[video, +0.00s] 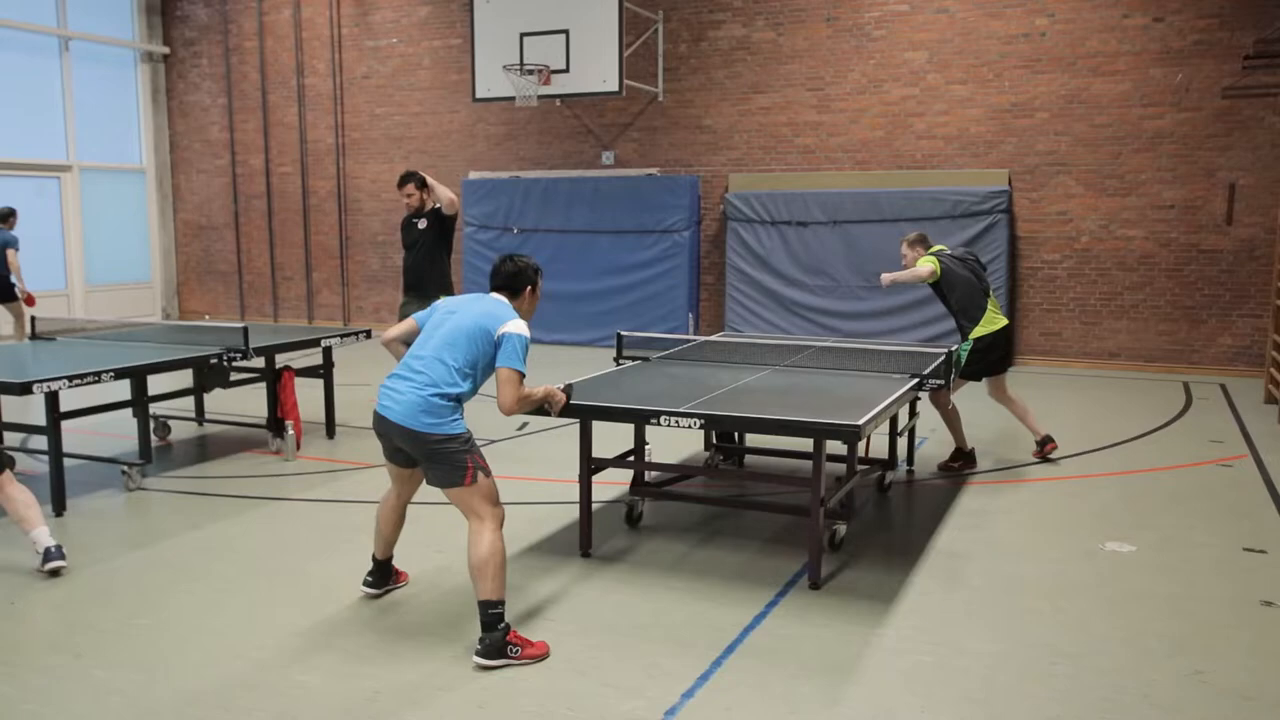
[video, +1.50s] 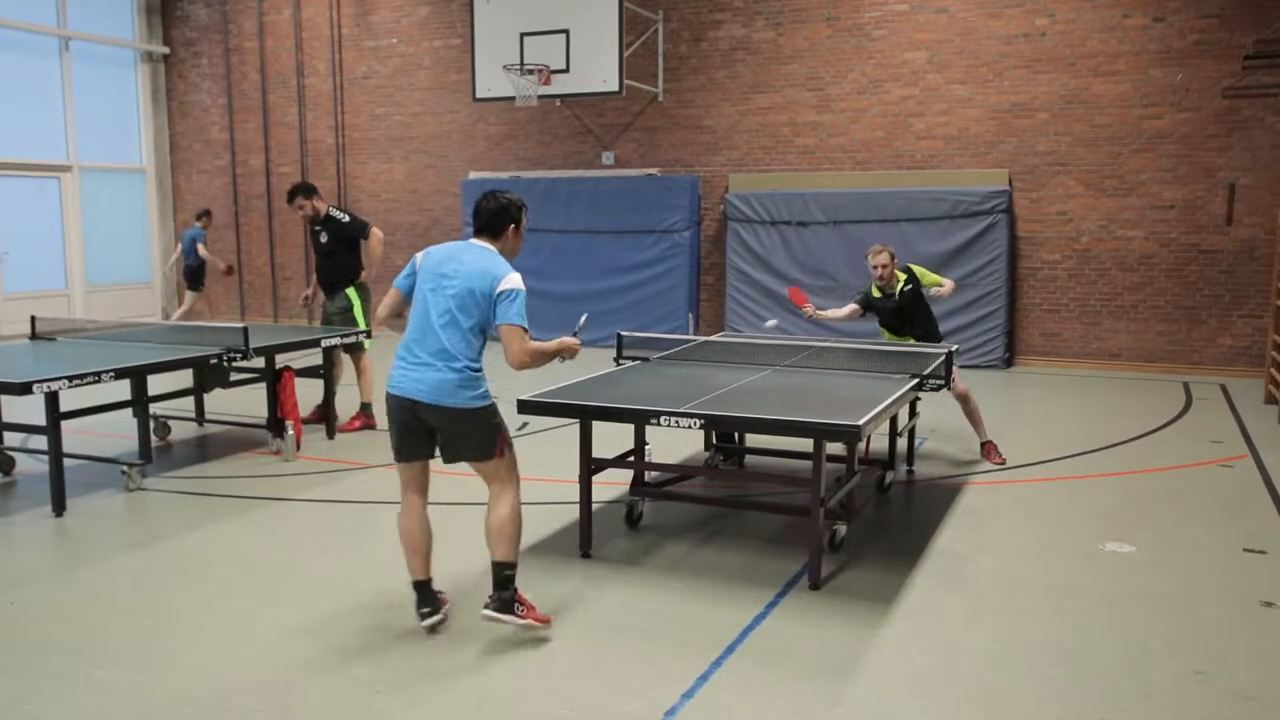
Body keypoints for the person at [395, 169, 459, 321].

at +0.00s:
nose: (406, 202)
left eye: (410, 196)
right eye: (403, 197)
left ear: (425, 193)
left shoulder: (442, 216)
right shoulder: (407, 222)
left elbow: (450, 201)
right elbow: (410, 260)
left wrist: (430, 182)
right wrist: (406, 295)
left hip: (439, 298)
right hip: (411, 298)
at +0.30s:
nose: (386, 203)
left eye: (390, 197)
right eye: (383, 199)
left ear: (404, 194)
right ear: (382, 198)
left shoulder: (424, 217)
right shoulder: (397, 218)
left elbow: (426, 199)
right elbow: (397, 256)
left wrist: (409, 186)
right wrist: (391, 296)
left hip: (416, 296)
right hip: (396, 294)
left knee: (418, 347)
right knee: (401, 348)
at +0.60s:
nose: (366, 206)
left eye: (367, 200)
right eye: (363, 201)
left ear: (380, 195)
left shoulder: (405, 218)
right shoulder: (381, 222)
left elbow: (410, 206)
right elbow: (384, 261)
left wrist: (379, 190)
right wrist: (376, 290)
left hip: (406, 295)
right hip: (386, 296)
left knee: (410, 347)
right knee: (391, 349)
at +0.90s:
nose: (344, 211)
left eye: (345, 204)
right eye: (342, 206)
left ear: (357, 195)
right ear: (354, 199)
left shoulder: (386, 217)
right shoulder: (364, 223)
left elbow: (405, 247)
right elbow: (364, 263)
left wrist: (397, 287)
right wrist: (348, 288)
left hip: (386, 297)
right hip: (375, 298)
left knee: (379, 352)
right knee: (396, 354)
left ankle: (369, 411)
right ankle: (412, 405)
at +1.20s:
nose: (323, 216)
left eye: (323, 210)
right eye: (319, 212)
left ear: (336, 201)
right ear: (330, 205)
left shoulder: (361, 218)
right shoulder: (340, 224)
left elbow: (392, 247)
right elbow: (345, 258)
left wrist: (382, 283)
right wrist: (333, 284)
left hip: (368, 297)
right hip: (350, 298)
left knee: (369, 352)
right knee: (344, 347)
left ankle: (368, 412)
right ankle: (380, 394)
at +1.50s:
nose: (301, 215)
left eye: (301, 208)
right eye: (297, 210)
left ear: (315, 200)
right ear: (303, 206)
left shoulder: (338, 218)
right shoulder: (315, 224)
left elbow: (375, 235)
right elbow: (321, 259)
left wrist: (371, 270)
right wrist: (312, 288)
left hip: (351, 293)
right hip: (331, 296)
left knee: (358, 353)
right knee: (331, 354)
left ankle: (367, 412)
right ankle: (327, 406)